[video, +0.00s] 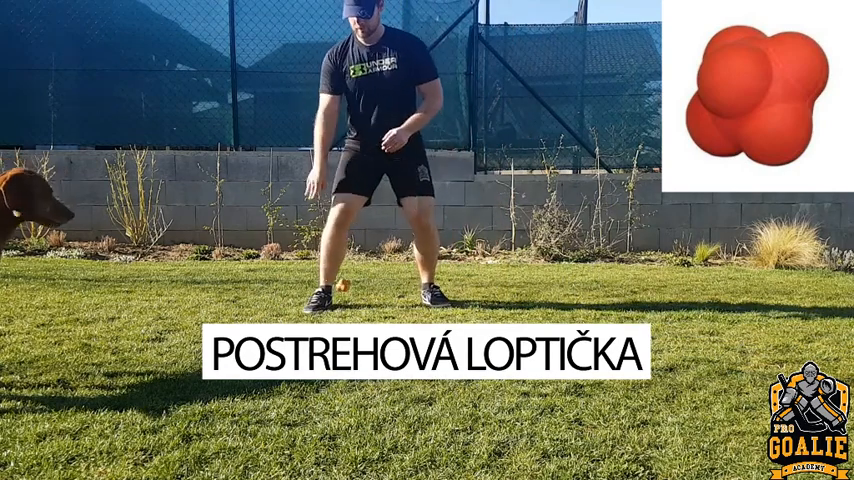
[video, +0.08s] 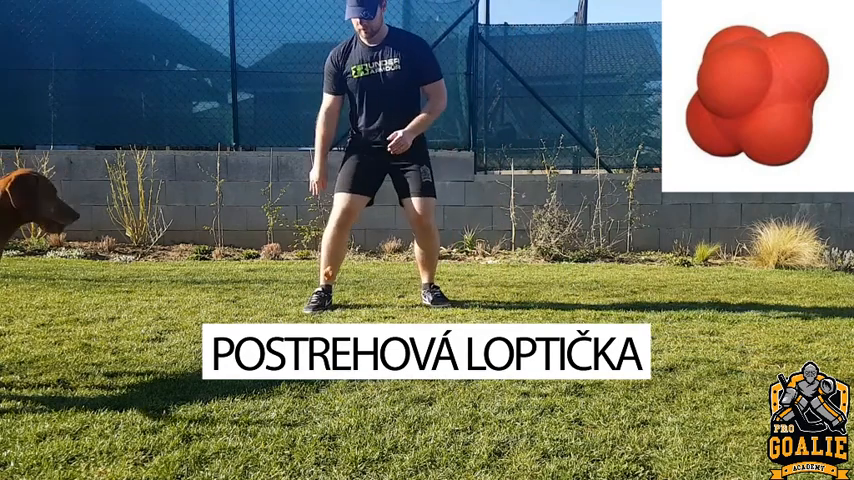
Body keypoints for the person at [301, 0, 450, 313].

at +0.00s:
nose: (359, 22)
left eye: (365, 14)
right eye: (353, 16)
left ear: (380, 9)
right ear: (346, 16)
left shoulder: (410, 46)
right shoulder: (336, 57)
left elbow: (434, 98)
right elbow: (327, 112)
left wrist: (406, 130)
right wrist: (319, 164)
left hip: (405, 143)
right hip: (361, 145)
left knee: (421, 214)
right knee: (340, 212)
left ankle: (429, 286)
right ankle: (324, 290)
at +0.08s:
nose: (361, 23)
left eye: (367, 16)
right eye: (355, 17)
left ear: (383, 9)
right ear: (349, 16)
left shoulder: (413, 47)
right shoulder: (339, 57)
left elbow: (438, 99)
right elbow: (329, 111)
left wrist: (410, 132)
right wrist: (319, 163)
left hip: (408, 144)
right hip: (363, 146)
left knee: (422, 215)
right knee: (342, 212)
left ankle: (429, 287)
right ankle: (324, 289)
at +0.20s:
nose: (361, 23)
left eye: (367, 15)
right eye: (355, 17)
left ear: (383, 9)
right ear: (349, 16)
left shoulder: (414, 48)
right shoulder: (339, 56)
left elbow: (437, 104)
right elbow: (328, 111)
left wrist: (412, 137)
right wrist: (315, 162)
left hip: (408, 147)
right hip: (362, 148)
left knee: (423, 220)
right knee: (337, 210)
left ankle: (429, 287)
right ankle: (322, 287)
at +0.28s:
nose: (354, 24)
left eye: (361, 16)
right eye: (349, 18)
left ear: (378, 12)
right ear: (343, 19)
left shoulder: (410, 53)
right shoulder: (335, 62)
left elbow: (431, 110)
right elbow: (319, 113)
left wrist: (406, 148)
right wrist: (303, 159)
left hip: (405, 147)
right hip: (360, 145)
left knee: (416, 221)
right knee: (332, 201)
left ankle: (429, 287)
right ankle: (314, 281)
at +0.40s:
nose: (338, 33)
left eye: (345, 24)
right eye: (332, 26)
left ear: (363, 21)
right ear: (327, 27)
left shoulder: (398, 60)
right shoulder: (323, 71)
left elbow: (420, 117)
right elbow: (297, 117)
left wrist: (391, 155)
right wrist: (280, 145)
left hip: (397, 148)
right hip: (351, 149)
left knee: (410, 226)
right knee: (319, 196)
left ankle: (428, 288)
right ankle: (295, 277)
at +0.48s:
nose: (315, 51)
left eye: (322, 41)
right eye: (309, 44)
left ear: (340, 39)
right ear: (304, 48)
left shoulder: (377, 72)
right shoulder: (305, 90)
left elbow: (407, 123)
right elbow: (270, 125)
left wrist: (380, 160)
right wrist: (249, 137)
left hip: (386, 152)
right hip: (341, 155)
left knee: (411, 227)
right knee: (305, 202)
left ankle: (428, 287)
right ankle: (265, 279)